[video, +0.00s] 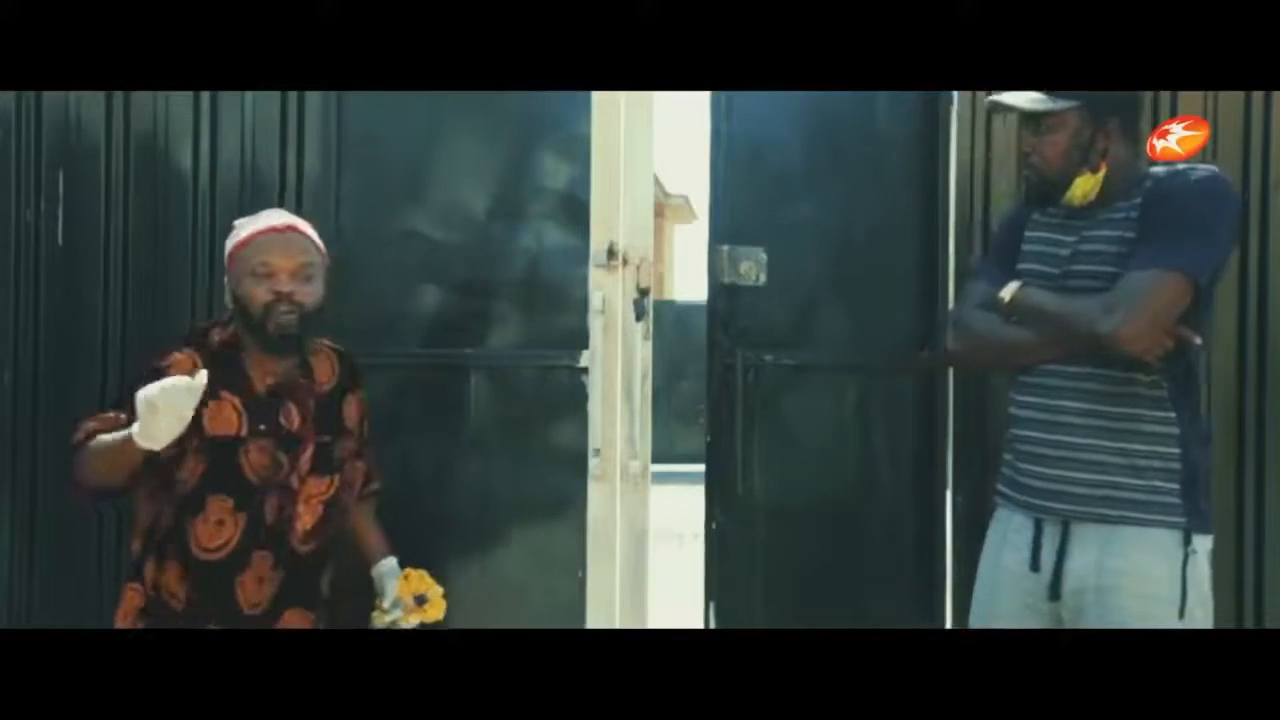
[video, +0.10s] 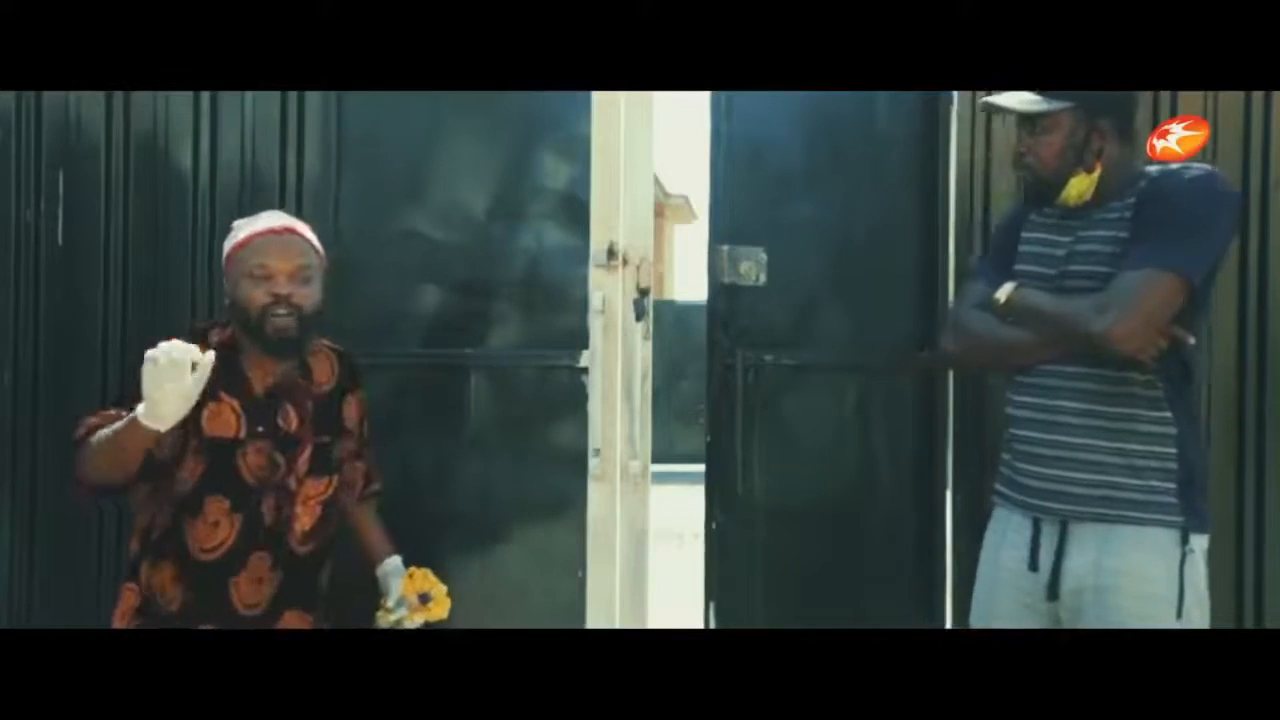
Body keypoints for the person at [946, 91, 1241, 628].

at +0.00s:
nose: (1025, 145)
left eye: (1043, 127)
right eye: (1025, 128)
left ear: (1104, 136)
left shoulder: (1196, 192)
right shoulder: (1029, 216)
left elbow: (1127, 326)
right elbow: (961, 336)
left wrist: (1013, 294)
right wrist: (1104, 327)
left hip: (1143, 527)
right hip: (1021, 514)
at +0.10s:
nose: (1021, 147)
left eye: (1039, 129)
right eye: (1022, 130)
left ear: (1098, 138)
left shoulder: (1192, 191)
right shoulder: (1027, 217)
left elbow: (1122, 327)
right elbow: (957, 336)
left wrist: (1010, 295)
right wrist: (1095, 327)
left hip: (1139, 527)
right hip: (1019, 514)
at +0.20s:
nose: (1015, 148)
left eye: (1032, 130)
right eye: (1015, 130)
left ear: (1092, 137)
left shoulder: (1182, 192)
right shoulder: (1021, 218)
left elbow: (1114, 327)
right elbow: (956, 337)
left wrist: (1003, 296)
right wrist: (1088, 328)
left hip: (1136, 527)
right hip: (1016, 515)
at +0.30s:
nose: (1009, 148)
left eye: (1027, 130)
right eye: (1010, 131)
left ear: (1086, 136)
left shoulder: (1178, 192)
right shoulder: (1019, 218)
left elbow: (1109, 327)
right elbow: (955, 339)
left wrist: (999, 297)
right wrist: (1085, 327)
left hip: (1132, 529)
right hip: (1012, 517)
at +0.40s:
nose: (1002, 150)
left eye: (1020, 131)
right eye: (1003, 132)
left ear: (1080, 137)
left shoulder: (1172, 192)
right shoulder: (1014, 218)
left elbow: (1104, 328)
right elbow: (953, 342)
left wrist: (996, 297)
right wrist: (1081, 327)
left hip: (1128, 528)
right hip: (1009, 516)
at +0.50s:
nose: (1001, 151)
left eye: (1018, 132)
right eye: (1001, 133)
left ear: (1076, 136)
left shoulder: (1170, 192)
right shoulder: (1012, 217)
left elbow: (1102, 328)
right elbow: (949, 341)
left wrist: (992, 297)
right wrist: (1079, 326)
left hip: (1125, 527)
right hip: (1006, 515)